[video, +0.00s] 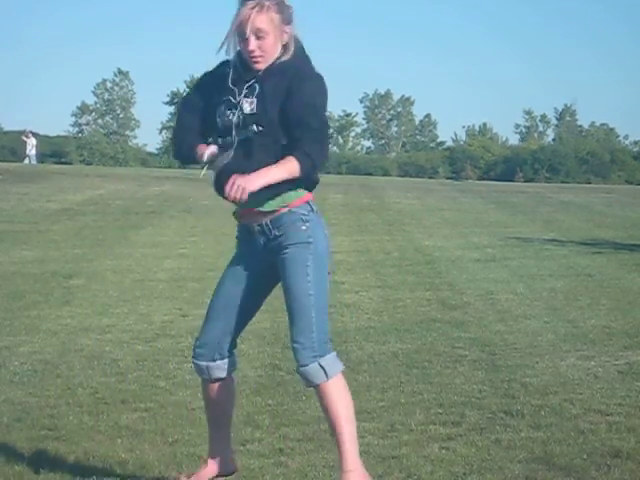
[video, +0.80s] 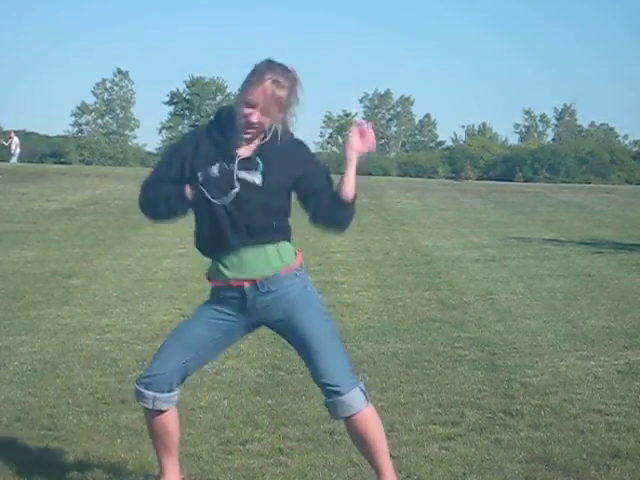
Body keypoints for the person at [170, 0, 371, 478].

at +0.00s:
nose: (251, 45)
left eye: (261, 35)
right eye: (244, 35)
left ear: (285, 36)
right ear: (236, 36)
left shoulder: (300, 78)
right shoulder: (223, 77)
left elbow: (312, 155)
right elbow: (185, 134)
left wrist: (257, 178)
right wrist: (213, 153)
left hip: (297, 226)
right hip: (252, 235)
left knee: (312, 353)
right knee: (211, 350)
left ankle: (353, 468)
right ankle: (221, 459)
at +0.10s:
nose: (262, 57)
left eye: (273, 48)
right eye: (255, 47)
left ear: (296, 49)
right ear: (247, 50)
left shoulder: (307, 106)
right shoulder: (229, 103)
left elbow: (327, 193)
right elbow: (199, 177)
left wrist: (288, 165)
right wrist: (213, 153)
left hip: (309, 247)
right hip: (261, 256)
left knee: (320, 373)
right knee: (213, 364)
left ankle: (366, 473)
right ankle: (214, 469)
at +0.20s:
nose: (270, 84)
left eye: (280, 75)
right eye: (264, 75)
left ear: (304, 79)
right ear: (257, 79)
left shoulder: (317, 141)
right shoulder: (232, 134)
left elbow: (329, 223)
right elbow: (200, 199)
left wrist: (274, 239)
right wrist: (216, 246)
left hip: (314, 276)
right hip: (264, 286)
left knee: (319, 399)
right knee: (200, 385)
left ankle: (367, 475)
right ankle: (218, 475)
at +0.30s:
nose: (272, 82)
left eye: (283, 74)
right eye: (266, 72)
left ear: (307, 79)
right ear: (259, 74)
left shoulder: (316, 139)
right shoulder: (234, 128)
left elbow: (345, 221)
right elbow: (199, 198)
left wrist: (307, 244)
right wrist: (232, 221)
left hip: (313, 274)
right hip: (260, 281)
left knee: (320, 398)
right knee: (200, 391)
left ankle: (367, 475)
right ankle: (217, 477)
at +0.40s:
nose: (269, 68)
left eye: (280, 62)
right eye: (265, 57)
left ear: (303, 61)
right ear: (257, 50)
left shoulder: (315, 103)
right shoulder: (232, 84)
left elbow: (358, 180)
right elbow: (189, 148)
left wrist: (321, 185)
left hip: (305, 241)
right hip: (248, 250)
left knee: (331, 367)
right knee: (209, 368)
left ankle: (370, 472)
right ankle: (216, 471)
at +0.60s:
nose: (272, 92)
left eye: (286, 86)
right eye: (267, 79)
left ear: (300, 83)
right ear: (256, 63)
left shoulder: (304, 124)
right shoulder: (213, 104)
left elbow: (331, 202)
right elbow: (179, 171)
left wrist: (330, 202)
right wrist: (203, 209)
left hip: (300, 253)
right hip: (243, 264)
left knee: (335, 372)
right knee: (191, 373)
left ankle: (385, 470)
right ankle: (172, 468)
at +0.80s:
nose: (253, 116)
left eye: (265, 111)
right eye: (248, 104)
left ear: (281, 114)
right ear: (238, 96)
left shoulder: (289, 152)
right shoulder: (199, 144)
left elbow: (335, 218)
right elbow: (151, 202)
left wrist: (352, 159)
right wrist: (197, 190)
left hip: (286, 290)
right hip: (226, 297)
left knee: (341, 389)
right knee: (155, 384)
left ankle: (388, 475)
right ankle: (170, 475)